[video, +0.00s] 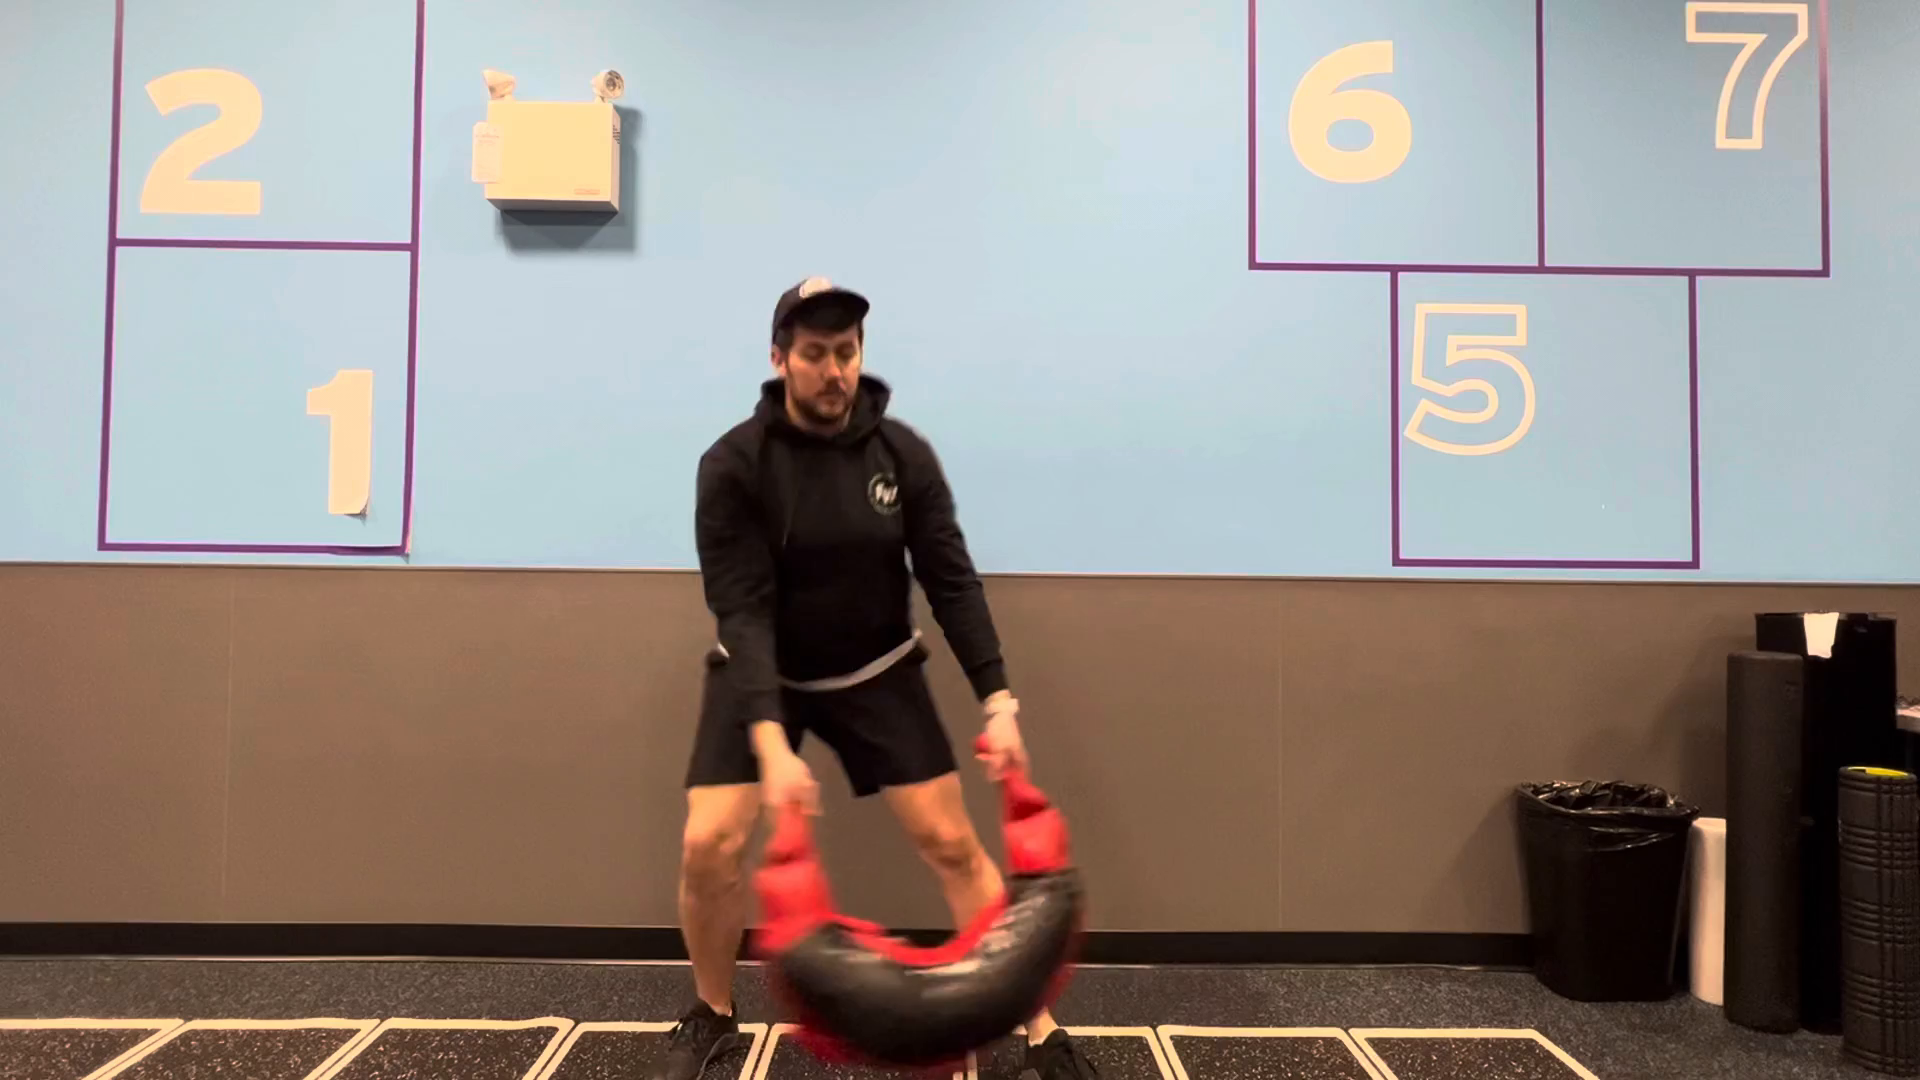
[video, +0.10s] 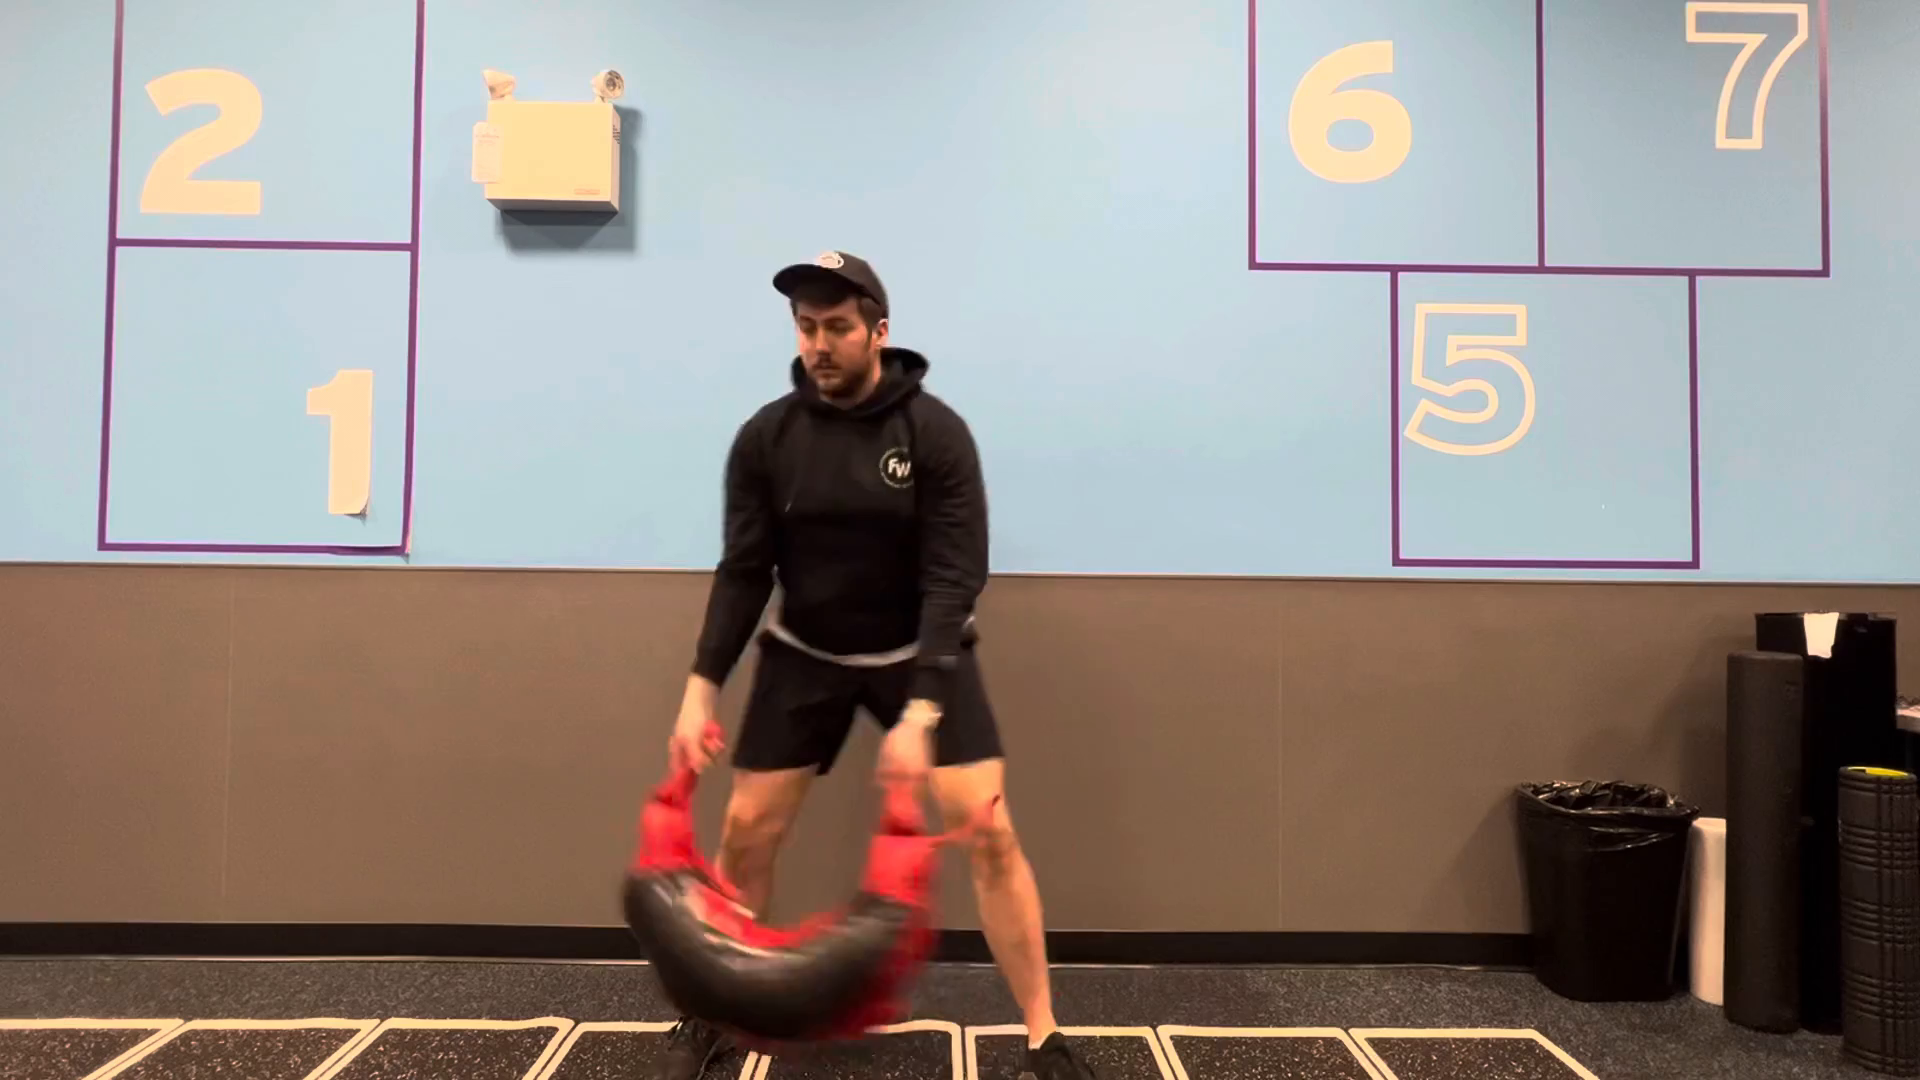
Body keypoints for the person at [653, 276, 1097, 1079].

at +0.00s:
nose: (836, 371)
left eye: (848, 353)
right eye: (818, 355)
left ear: (863, 358)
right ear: (781, 360)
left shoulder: (903, 457)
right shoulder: (732, 467)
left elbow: (950, 579)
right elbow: (741, 613)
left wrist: (997, 697)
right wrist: (771, 745)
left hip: (877, 672)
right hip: (761, 676)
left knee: (952, 844)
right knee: (707, 846)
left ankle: (1039, 1031)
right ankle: (714, 1013)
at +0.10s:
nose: (818, 344)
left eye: (837, 327)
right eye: (806, 328)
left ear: (879, 329)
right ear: (795, 334)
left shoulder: (935, 436)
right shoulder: (764, 441)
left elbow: (954, 579)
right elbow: (742, 569)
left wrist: (920, 710)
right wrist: (701, 686)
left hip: (921, 654)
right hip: (805, 654)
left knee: (989, 831)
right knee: (746, 832)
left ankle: (1043, 1034)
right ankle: (721, 1020)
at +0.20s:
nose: (820, 351)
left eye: (836, 336)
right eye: (817, 336)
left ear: (891, 340)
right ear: (834, 342)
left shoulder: (954, 441)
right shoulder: (813, 444)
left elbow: (917, 591)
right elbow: (783, 558)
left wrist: (812, 697)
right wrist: (704, 648)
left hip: (975, 656)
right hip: (863, 655)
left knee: (1035, 845)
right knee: (785, 832)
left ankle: (1048, 1044)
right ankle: (719, 1010)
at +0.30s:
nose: (833, 381)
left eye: (846, 365)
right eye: (834, 365)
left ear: (898, 371)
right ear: (884, 372)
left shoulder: (959, 475)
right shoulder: (853, 473)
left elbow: (862, 608)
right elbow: (821, 573)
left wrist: (726, 678)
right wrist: (732, 631)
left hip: (1016, 684)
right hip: (903, 682)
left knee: (1071, 875)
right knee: (813, 847)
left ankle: (1050, 1047)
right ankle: (715, 1013)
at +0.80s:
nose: (862, 391)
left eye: (876, 375)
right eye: (861, 375)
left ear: (934, 381)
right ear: (899, 382)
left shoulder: (980, 486)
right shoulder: (874, 478)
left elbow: (885, 623)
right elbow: (841, 582)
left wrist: (749, 690)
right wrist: (744, 637)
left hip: (1029, 695)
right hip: (913, 691)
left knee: (1082, 886)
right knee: (819, 857)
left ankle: (1050, 1051)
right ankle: (715, 1014)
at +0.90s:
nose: (875, 361)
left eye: (893, 343)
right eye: (864, 345)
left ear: (940, 343)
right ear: (855, 349)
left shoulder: (990, 456)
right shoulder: (845, 446)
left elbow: (952, 604)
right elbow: (814, 552)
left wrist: (858, 714)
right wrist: (739, 636)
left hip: (998, 671)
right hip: (878, 665)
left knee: (1057, 858)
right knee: (802, 838)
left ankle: (1050, 1049)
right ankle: (719, 1009)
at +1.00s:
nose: (890, 339)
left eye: (902, 320)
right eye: (870, 325)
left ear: (925, 321)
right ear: (842, 334)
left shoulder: (979, 434)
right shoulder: (805, 424)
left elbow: (990, 576)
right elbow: (764, 548)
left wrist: (975, 710)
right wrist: (738, 673)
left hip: (951, 660)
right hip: (835, 658)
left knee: (1018, 834)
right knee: (770, 829)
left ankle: (1046, 1042)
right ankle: (721, 1004)